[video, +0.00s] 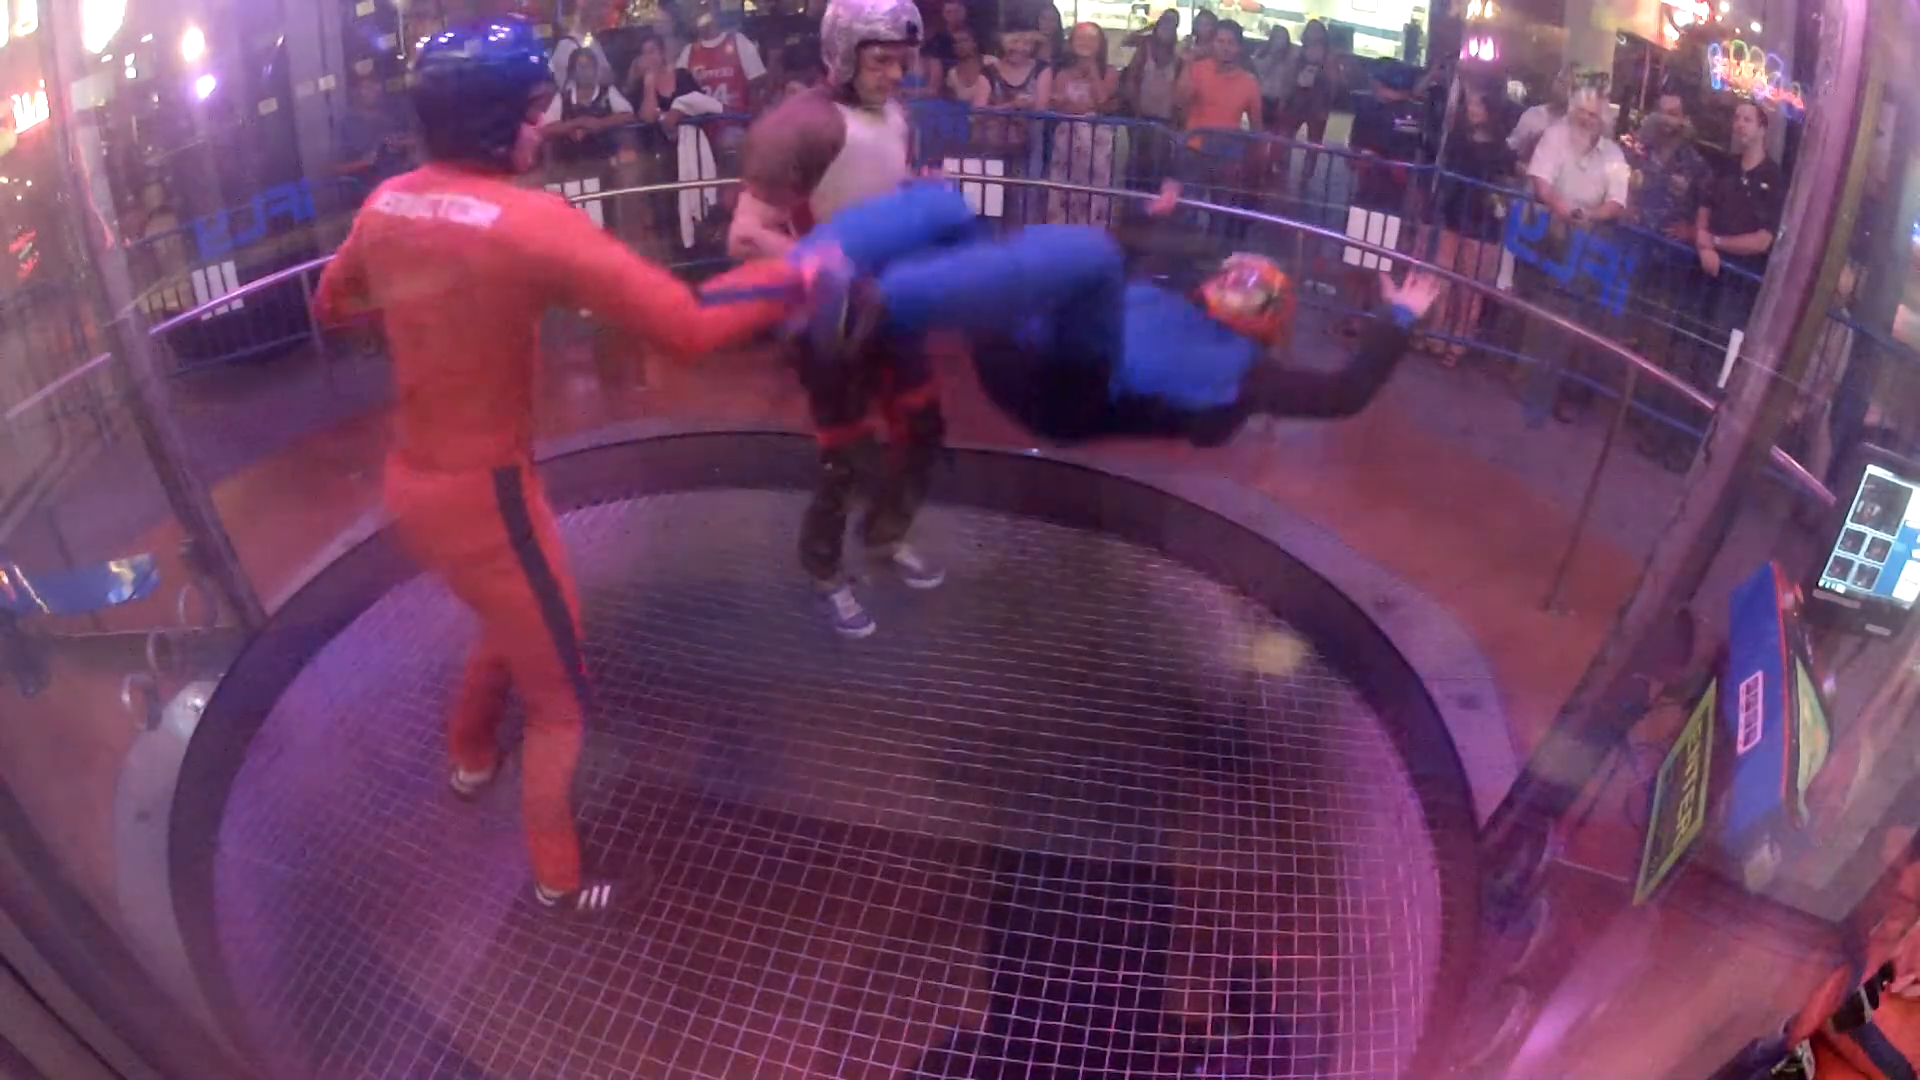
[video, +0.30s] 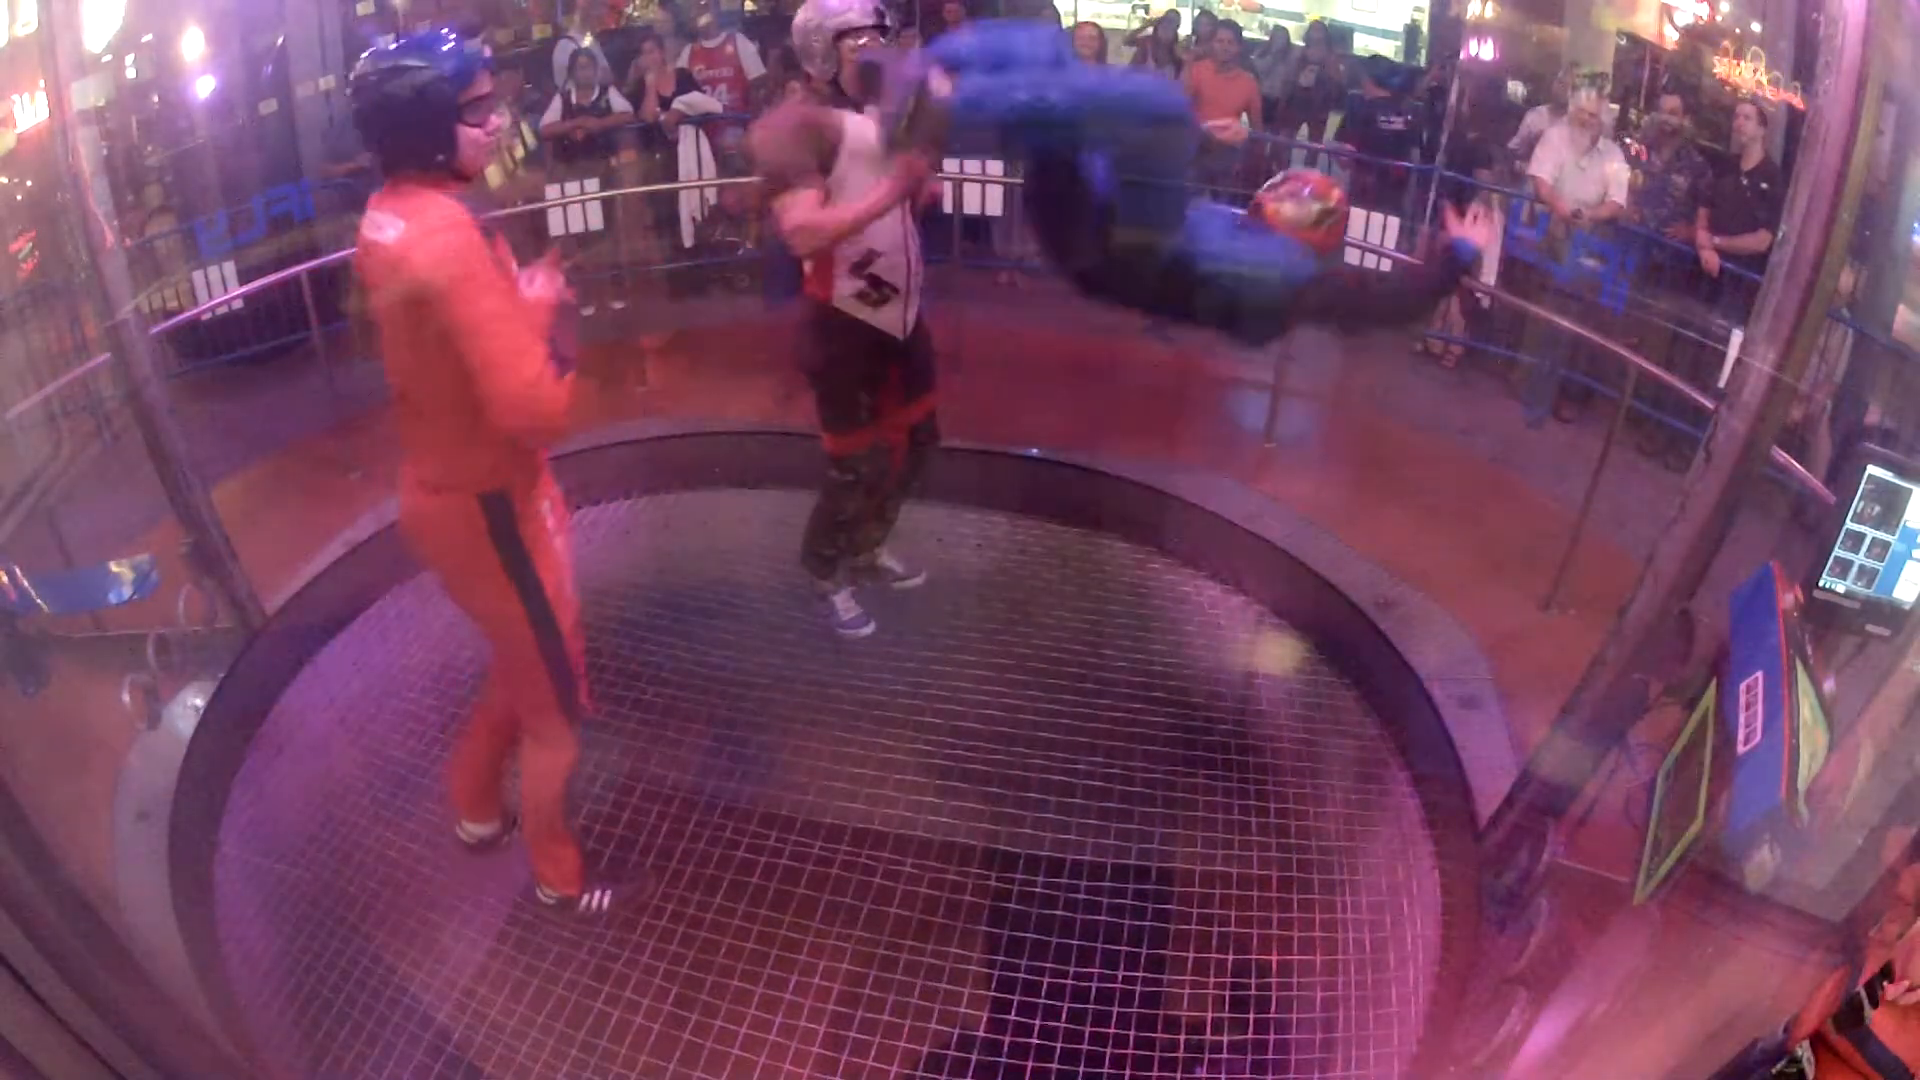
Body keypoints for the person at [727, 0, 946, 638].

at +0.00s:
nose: (887, 74)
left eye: (896, 62)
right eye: (875, 61)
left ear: (905, 62)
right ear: (843, 60)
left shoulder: (900, 120)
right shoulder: (805, 125)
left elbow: (897, 193)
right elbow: (746, 229)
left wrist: (931, 210)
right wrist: (813, 270)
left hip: (890, 297)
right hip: (823, 309)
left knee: (920, 429)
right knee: (849, 452)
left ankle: (886, 540)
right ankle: (827, 575)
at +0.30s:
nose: (872, 53)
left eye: (875, 40)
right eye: (857, 42)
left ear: (880, 46)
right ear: (822, 54)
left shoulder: (880, 125)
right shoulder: (794, 127)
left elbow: (917, 199)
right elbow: (801, 233)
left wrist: (920, 174)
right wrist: (889, 192)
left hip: (899, 318)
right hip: (840, 324)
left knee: (917, 442)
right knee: (860, 462)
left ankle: (865, 549)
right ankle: (824, 572)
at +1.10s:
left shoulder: (914, 116)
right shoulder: (837, 131)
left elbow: (946, 164)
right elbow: (863, 217)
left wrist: (968, 138)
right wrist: (946, 151)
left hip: (922, 316)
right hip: (872, 318)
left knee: (921, 441)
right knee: (883, 460)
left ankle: (880, 549)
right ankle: (833, 569)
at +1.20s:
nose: (843, 167)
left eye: (847, 153)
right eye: (832, 160)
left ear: (864, 132)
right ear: (824, 154)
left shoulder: (900, 124)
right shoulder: (836, 180)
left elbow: (950, 147)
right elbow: (860, 208)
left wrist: (966, 118)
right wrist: (935, 147)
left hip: (915, 315)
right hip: (865, 319)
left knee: (918, 440)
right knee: (878, 456)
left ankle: (880, 550)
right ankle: (834, 569)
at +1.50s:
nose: (869, 84)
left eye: (874, 71)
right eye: (854, 71)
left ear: (887, 83)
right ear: (832, 84)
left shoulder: (895, 131)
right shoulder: (801, 139)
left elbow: (943, 153)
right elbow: (767, 210)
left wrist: (940, 144)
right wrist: (854, 183)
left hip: (895, 311)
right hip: (835, 316)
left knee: (900, 442)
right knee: (865, 459)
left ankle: (876, 553)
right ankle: (821, 563)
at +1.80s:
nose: (772, 46)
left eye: (781, 32)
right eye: (758, 34)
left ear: (793, 40)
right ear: (732, 48)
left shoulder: (838, 124)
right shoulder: (717, 135)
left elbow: (874, 204)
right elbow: (686, 241)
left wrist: (864, 203)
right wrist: (790, 247)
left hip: (831, 320)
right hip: (766, 326)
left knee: (879, 436)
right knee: (765, 483)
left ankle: (869, 550)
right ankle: (713, 579)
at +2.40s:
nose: (695, 85)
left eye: (703, 71)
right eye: (677, 73)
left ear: (716, 77)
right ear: (646, 85)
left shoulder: (734, 138)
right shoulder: (620, 166)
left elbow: (776, 203)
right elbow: (606, 286)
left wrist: (777, 221)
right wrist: (688, 272)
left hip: (773, 355)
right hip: (702, 370)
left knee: (801, 494)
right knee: (747, 523)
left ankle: (773, 606)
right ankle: (713, 597)